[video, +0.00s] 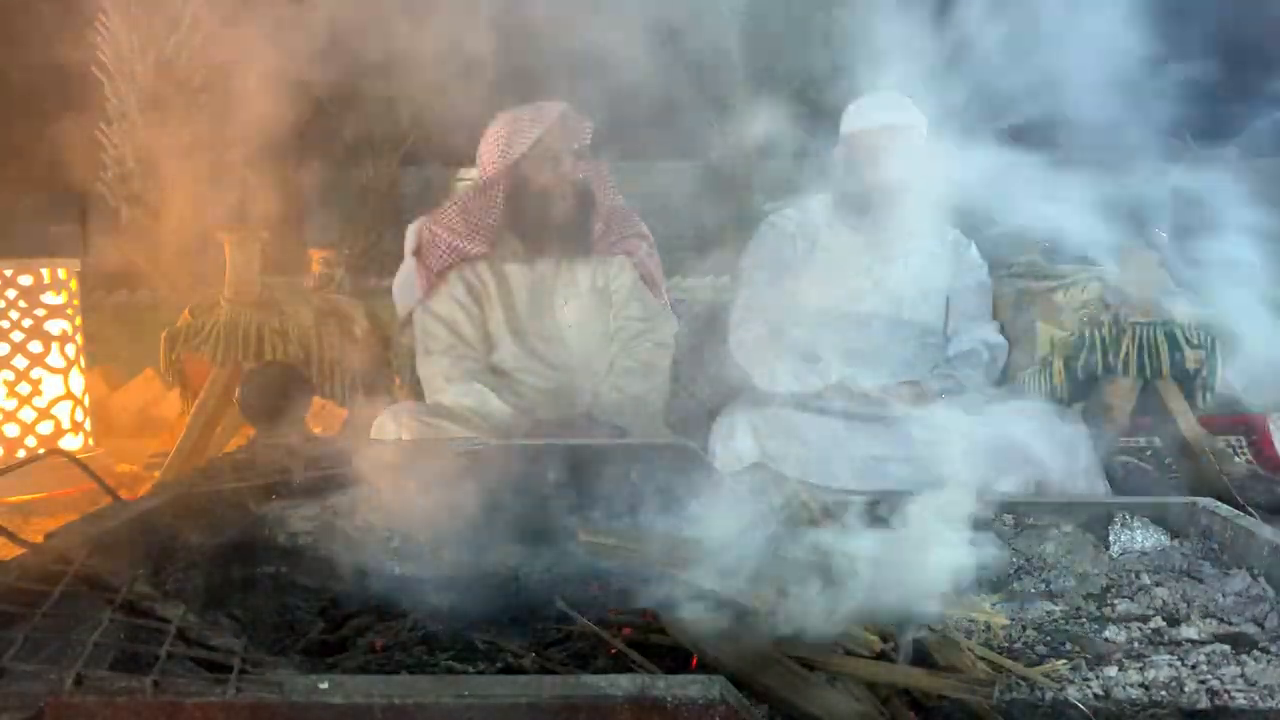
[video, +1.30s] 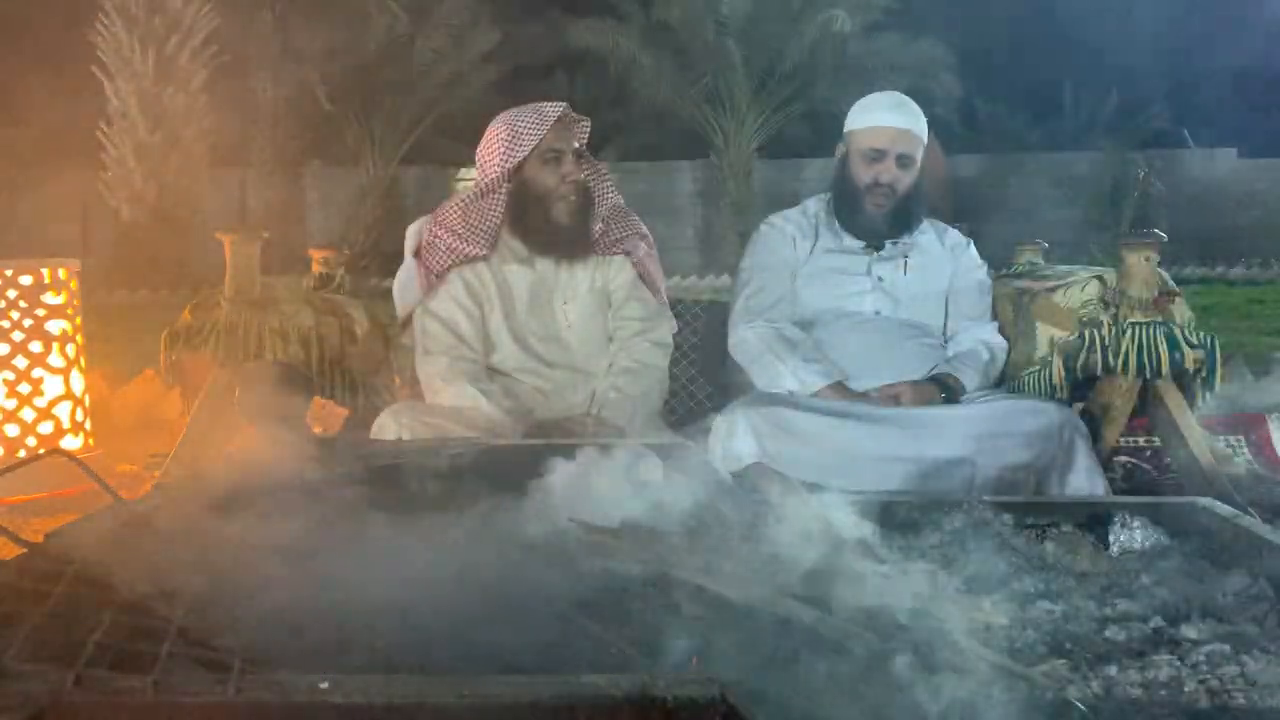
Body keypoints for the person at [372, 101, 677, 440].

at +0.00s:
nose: (571, 175)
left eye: (576, 159)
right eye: (549, 161)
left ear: (588, 169)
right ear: (508, 177)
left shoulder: (617, 269)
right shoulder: (462, 276)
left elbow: (645, 361)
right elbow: (448, 379)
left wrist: (602, 428)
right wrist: (520, 432)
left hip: (602, 441)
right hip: (503, 444)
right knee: (397, 426)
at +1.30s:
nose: (575, 175)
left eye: (578, 158)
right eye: (552, 160)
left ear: (587, 165)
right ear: (509, 176)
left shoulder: (614, 257)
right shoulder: (460, 266)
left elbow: (645, 351)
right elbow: (447, 376)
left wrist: (600, 427)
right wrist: (516, 436)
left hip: (602, 437)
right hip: (499, 438)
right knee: (397, 426)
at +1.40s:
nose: (576, 175)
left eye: (579, 159)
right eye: (552, 161)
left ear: (589, 167)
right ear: (507, 178)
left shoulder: (614, 262)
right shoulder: (460, 269)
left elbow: (644, 357)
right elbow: (447, 378)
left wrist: (599, 426)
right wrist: (513, 437)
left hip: (590, 439)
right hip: (497, 436)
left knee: (625, 442)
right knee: (398, 425)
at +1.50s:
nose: (575, 174)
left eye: (578, 159)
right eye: (553, 161)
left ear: (589, 167)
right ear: (508, 177)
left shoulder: (615, 262)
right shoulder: (459, 268)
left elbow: (643, 362)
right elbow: (450, 382)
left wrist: (598, 434)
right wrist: (515, 440)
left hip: (596, 439)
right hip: (495, 440)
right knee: (396, 427)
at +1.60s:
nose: (575, 174)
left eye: (578, 159)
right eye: (553, 161)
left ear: (588, 169)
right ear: (509, 177)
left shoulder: (614, 270)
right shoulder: (462, 280)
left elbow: (645, 359)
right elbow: (449, 380)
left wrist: (599, 421)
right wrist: (528, 429)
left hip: (599, 449)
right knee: (396, 426)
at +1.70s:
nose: (575, 175)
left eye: (579, 160)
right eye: (553, 161)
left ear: (589, 170)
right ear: (509, 177)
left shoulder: (612, 266)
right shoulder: (465, 279)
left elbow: (644, 351)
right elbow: (446, 386)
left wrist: (616, 424)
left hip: (601, 447)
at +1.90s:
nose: (575, 174)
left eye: (577, 158)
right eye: (552, 160)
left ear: (586, 166)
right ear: (508, 176)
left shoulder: (611, 260)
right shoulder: (463, 268)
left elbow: (644, 351)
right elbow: (449, 379)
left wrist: (606, 427)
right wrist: (528, 428)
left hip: (602, 427)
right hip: (500, 430)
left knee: (681, 448)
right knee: (396, 428)